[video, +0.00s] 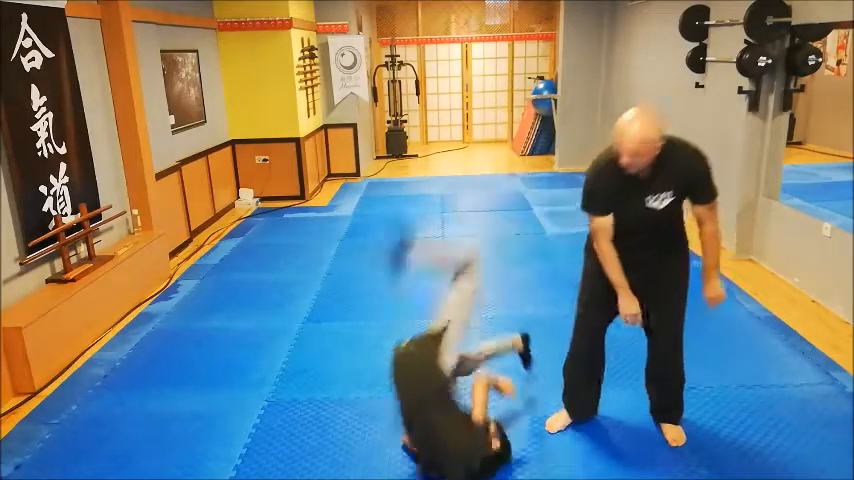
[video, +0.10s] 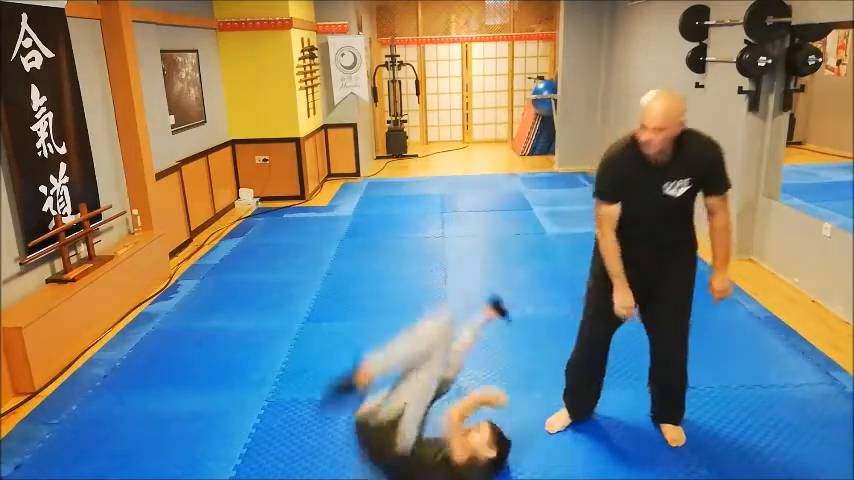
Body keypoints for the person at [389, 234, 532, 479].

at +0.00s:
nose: (491, 422)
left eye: (494, 429)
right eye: (497, 427)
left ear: (491, 445)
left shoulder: (471, 448)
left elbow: (481, 379)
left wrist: (497, 381)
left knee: (468, 263)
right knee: (453, 365)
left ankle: (410, 252)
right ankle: (514, 342)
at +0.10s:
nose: (469, 431)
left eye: (476, 434)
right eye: (474, 429)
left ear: (487, 453)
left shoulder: (464, 470)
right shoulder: (458, 453)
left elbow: (452, 418)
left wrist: (475, 400)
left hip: (384, 437)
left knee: (438, 330)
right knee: (445, 372)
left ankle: (364, 374)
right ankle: (481, 319)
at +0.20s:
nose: (448, 435)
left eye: (460, 434)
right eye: (452, 428)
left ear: (475, 454)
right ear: (446, 430)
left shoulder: (451, 477)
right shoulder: (432, 450)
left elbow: (412, 474)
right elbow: (397, 440)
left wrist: (414, 420)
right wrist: (408, 414)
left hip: (366, 476)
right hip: (353, 469)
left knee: (391, 385)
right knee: (401, 387)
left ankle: (307, 465)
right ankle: (403, 324)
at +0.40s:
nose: (370, 432)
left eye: (382, 428)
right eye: (369, 421)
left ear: (404, 434)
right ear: (367, 412)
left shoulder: (409, 469)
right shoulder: (356, 426)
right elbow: (290, 448)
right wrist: (275, 472)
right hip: (344, 470)